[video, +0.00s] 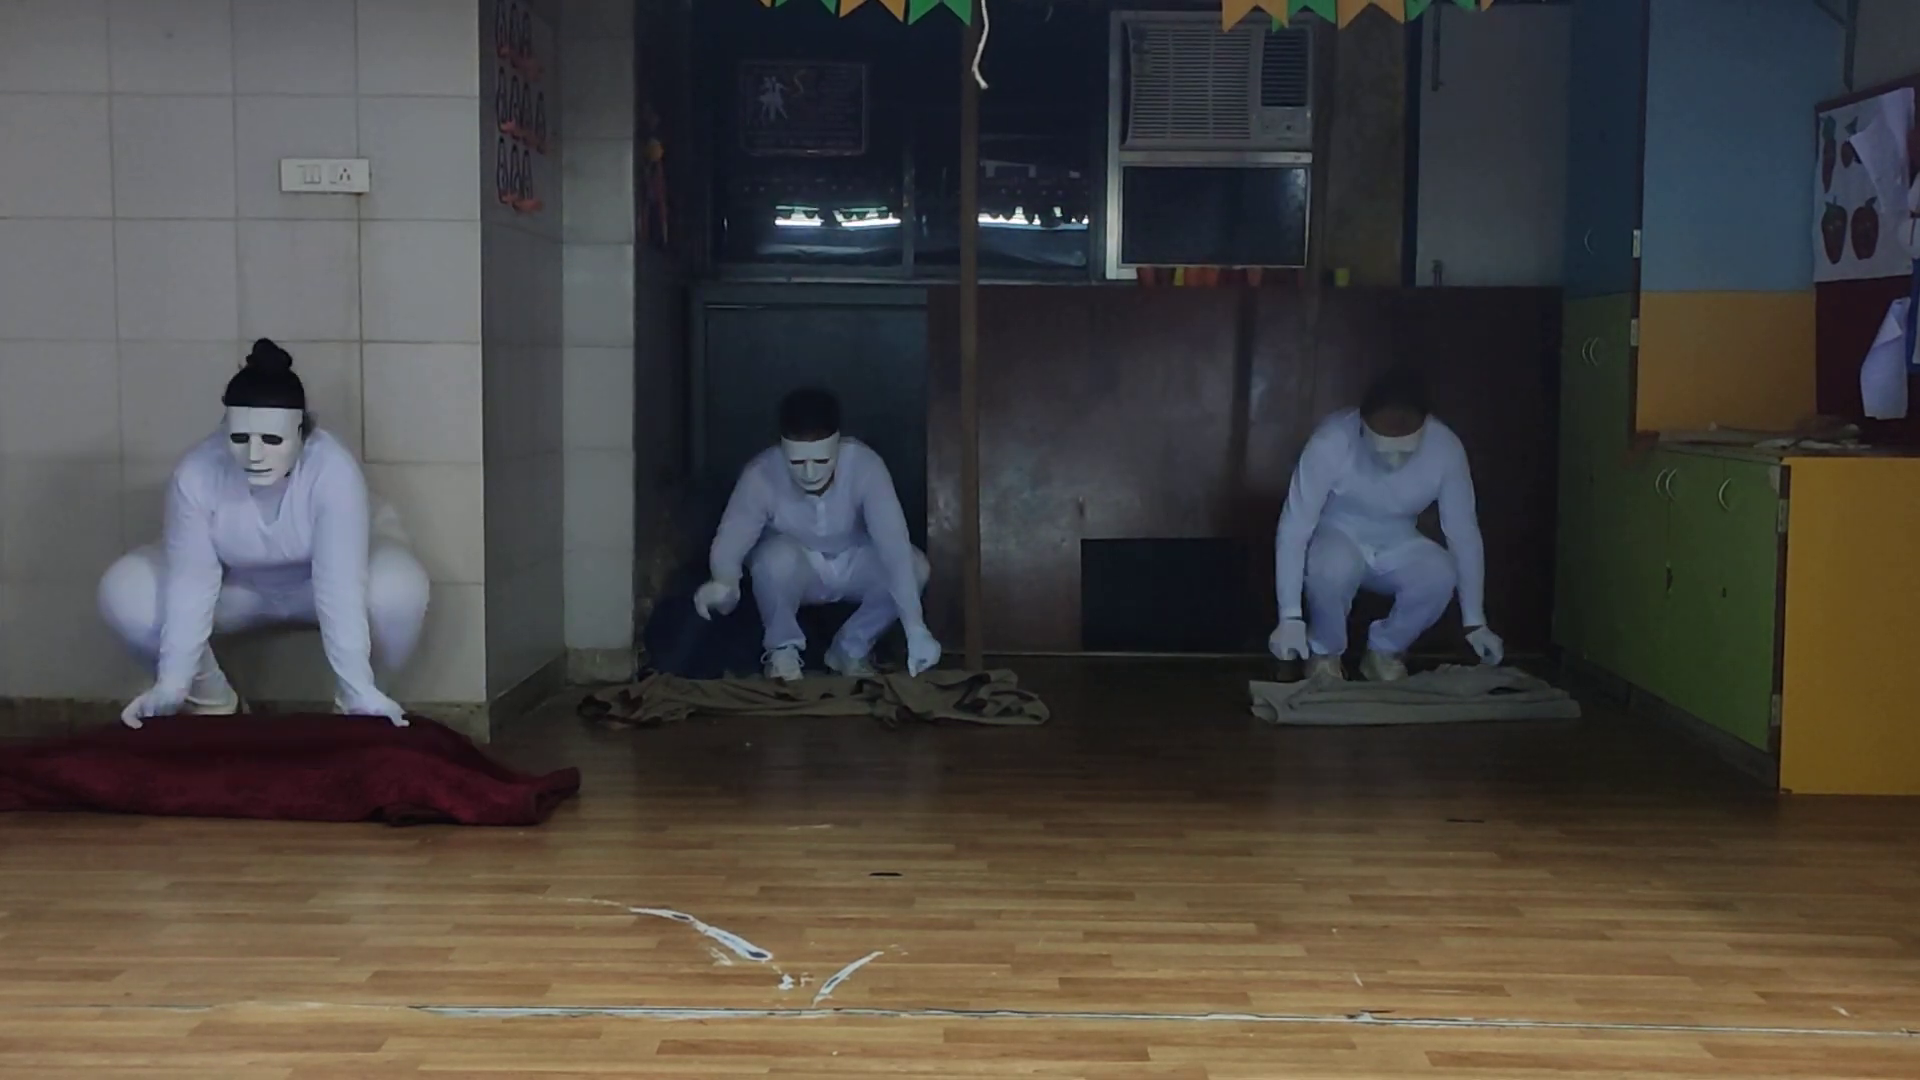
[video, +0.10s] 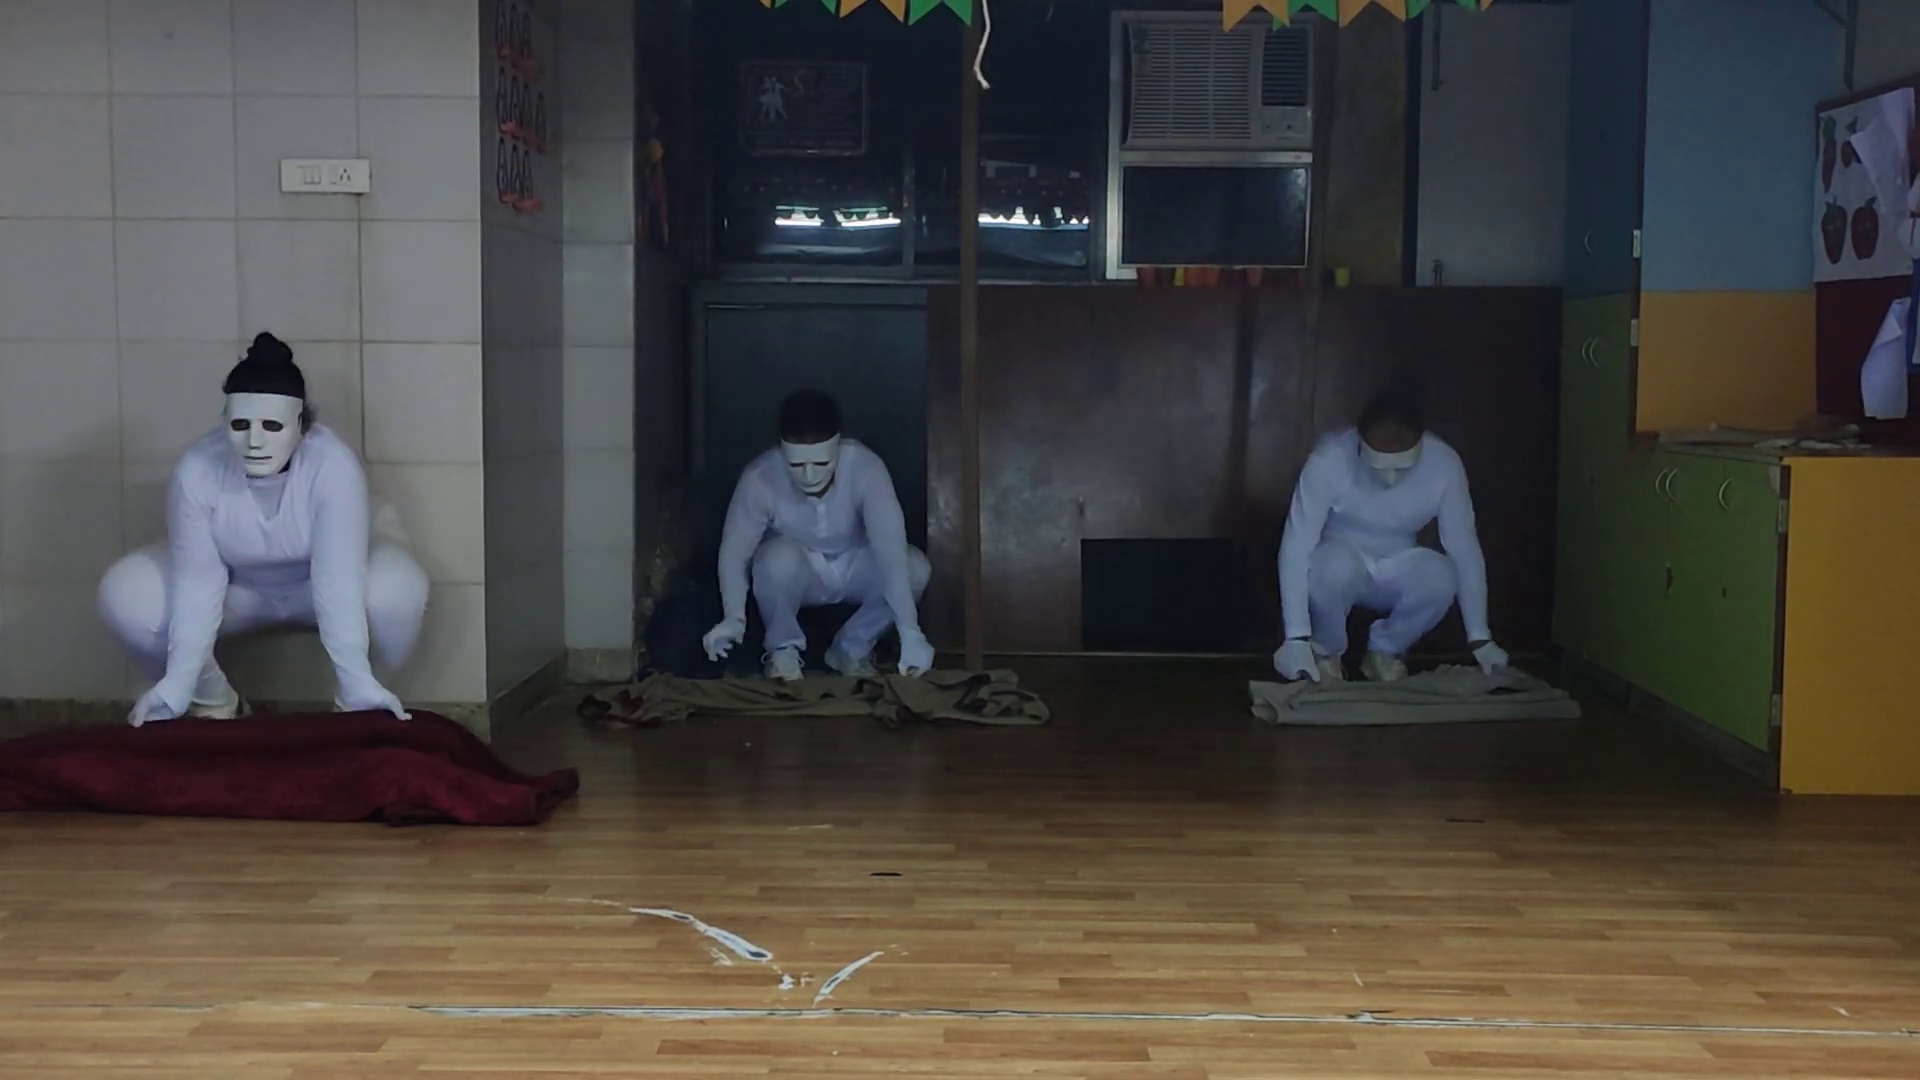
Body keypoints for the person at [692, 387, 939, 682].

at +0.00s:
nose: (810, 474)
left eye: (821, 461)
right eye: (798, 462)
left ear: (838, 446)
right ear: (782, 448)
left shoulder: (864, 467)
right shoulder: (762, 477)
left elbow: (895, 547)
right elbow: (730, 539)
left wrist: (915, 630)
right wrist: (725, 582)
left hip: (857, 571)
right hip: (798, 573)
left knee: (913, 567)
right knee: (775, 559)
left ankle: (850, 649)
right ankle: (782, 648)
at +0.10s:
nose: (809, 476)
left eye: (821, 464)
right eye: (797, 465)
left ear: (837, 448)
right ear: (782, 451)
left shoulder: (866, 469)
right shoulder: (760, 480)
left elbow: (891, 551)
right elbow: (733, 553)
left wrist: (910, 633)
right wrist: (733, 617)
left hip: (857, 572)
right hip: (798, 574)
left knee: (915, 568)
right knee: (778, 560)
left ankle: (850, 649)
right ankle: (782, 648)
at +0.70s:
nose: (814, 438)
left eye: (825, 426)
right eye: (801, 427)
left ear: (840, 428)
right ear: (785, 431)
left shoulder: (865, 466)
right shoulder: (762, 480)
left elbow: (898, 545)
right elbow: (736, 554)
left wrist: (934, 624)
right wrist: (726, 621)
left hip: (862, 575)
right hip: (801, 577)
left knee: (917, 573)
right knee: (776, 560)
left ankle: (859, 639)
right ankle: (784, 641)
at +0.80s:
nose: (812, 439)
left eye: (824, 427)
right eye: (800, 428)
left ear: (839, 429)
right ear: (784, 432)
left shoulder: (866, 468)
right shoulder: (762, 483)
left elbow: (896, 548)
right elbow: (736, 560)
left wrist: (926, 623)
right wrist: (729, 623)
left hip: (862, 576)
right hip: (801, 578)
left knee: (917, 570)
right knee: (776, 562)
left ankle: (859, 639)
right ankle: (784, 638)